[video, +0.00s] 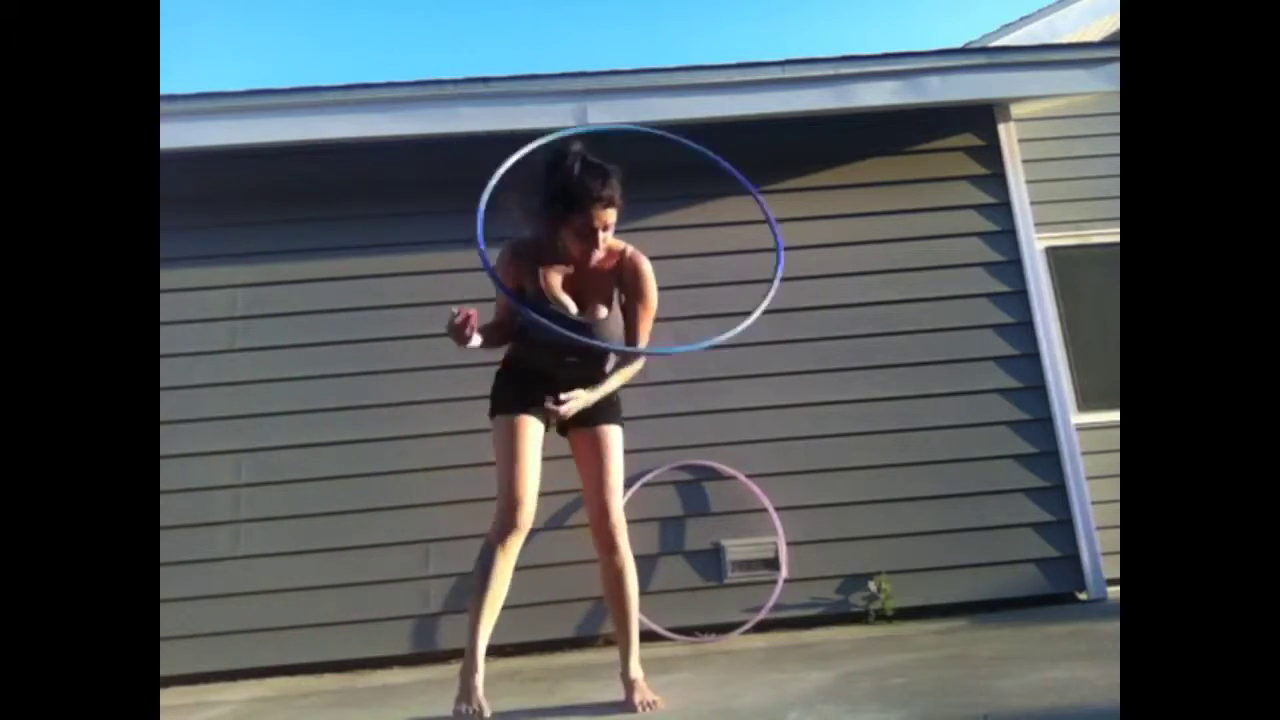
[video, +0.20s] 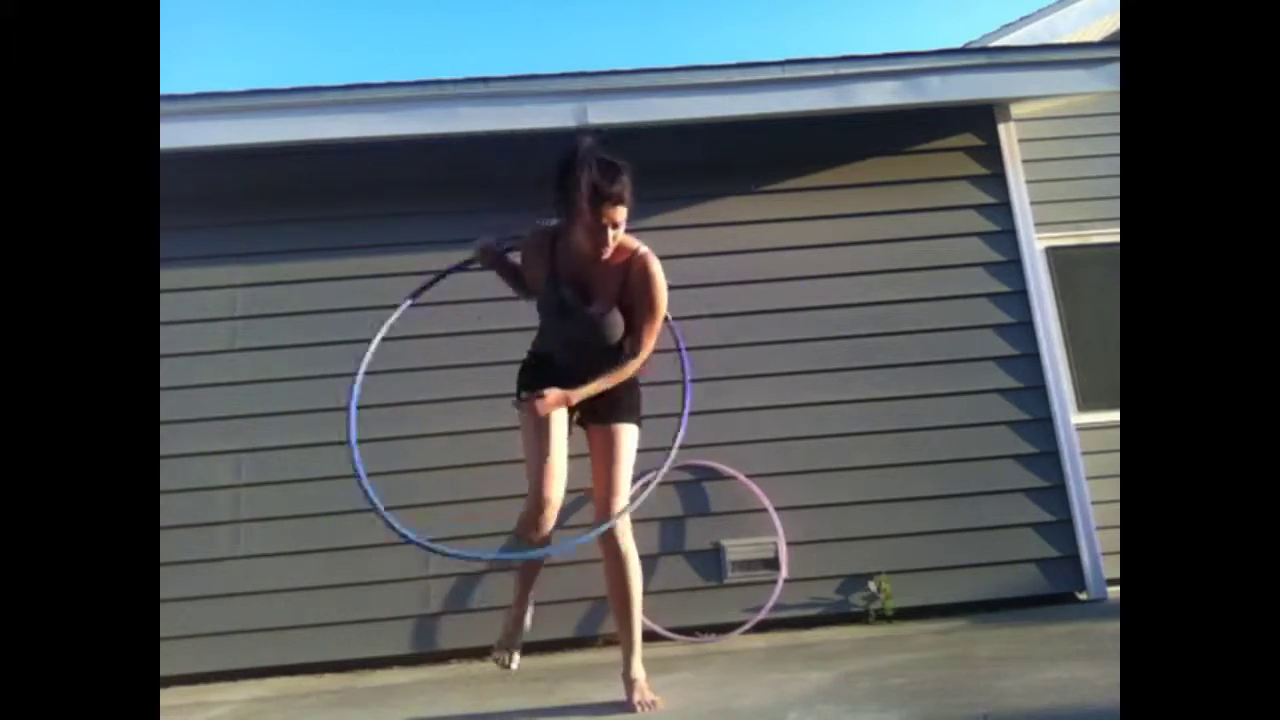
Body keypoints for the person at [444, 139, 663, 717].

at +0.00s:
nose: (599, 240)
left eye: (608, 228)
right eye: (587, 229)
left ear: (617, 217)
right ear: (558, 219)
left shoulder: (631, 267)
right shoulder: (523, 257)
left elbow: (637, 354)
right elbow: (504, 330)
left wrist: (590, 395)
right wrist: (475, 335)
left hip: (599, 384)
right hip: (526, 378)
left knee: (611, 527)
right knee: (515, 517)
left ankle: (633, 669)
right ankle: (473, 668)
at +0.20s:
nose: (612, 234)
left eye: (620, 223)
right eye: (601, 225)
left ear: (629, 211)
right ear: (576, 211)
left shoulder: (641, 266)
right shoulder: (544, 245)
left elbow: (640, 355)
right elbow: (533, 291)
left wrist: (573, 395)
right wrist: (499, 263)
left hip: (614, 379)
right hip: (550, 372)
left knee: (613, 519)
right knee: (544, 509)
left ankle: (634, 666)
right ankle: (517, 614)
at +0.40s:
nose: (611, 244)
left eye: (618, 233)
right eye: (600, 234)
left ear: (629, 220)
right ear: (575, 222)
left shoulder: (645, 268)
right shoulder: (546, 254)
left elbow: (652, 354)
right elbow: (529, 315)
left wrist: (596, 405)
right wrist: (511, 303)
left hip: (626, 382)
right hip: (562, 378)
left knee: (620, 523)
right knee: (568, 511)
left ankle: (635, 666)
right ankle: (559, 627)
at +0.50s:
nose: (602, 252)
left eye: (611, 241)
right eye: (592, 242)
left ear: (626, 224)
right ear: (568, 224)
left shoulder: (650, 270)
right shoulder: (539, 270)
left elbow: (659, 337)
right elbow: (530, 345)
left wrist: (650, 379)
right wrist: (545, 369)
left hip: (628, 380)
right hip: (563, 381)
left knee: (622, 519)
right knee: (578, 515)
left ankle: (635, 668)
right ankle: (582, 663)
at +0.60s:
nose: (605, 252)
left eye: (614, 241)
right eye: (594, 242)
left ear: (628, 227)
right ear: (569, 226)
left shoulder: (650, 259)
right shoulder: (543, 278)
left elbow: (653, 312)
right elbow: (548, 366)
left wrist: (674, 322)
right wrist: (592, 421)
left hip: (630, 384)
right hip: (564, 386)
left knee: (625, 517)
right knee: (588, 519)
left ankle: (634, 665)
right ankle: (602, 668)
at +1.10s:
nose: (616, 269)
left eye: (626, 258)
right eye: (606, 258)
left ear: (640, 246)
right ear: (583, 246)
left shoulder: (657, 281)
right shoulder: (550, 291)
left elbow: (658, 348)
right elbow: (535, 365)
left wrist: (657, 374)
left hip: (621, 392)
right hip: (557, 397)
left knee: (658, 517)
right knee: (586, 531)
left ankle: (689, 650)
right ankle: (603, 672)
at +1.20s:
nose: (618, 269)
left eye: (627, 258)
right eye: (607, 259)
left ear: (640, 247)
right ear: (583, 247)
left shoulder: (658, 284)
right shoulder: (552, 277)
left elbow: (660, 367)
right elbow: (504, 329)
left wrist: (631, 423)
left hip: (629, 392)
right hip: (562, 393)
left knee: (679, 518)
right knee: (584, 528)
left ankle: (734, 646)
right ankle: (604, 673)